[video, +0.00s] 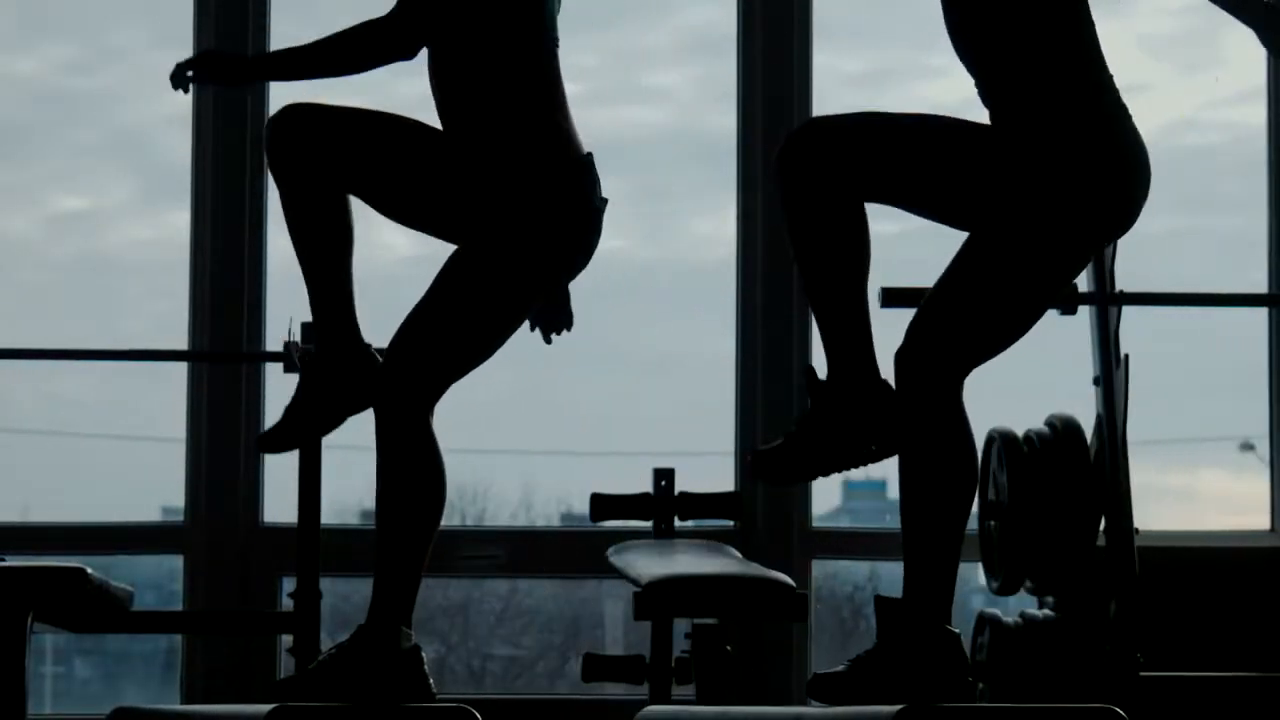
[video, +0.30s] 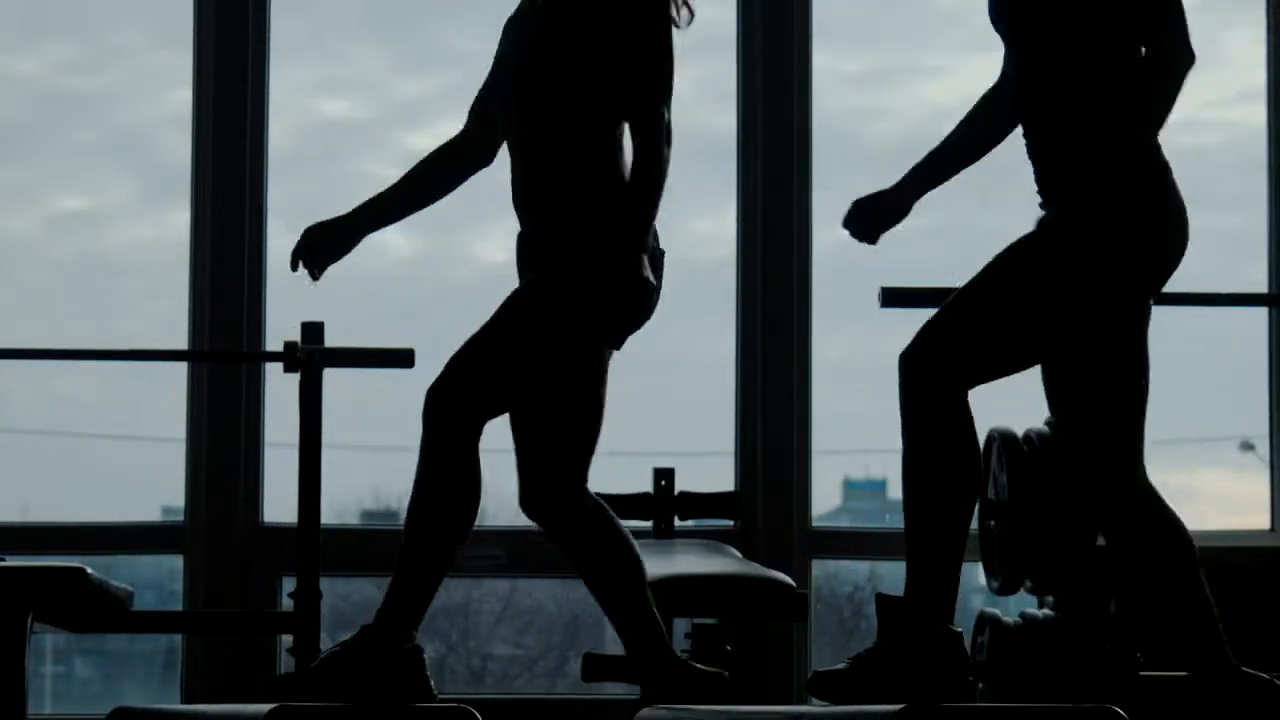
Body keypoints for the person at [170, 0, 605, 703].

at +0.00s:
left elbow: (399, 37)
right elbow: (516, 120)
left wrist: (256, 65)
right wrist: (543, 266)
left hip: (539, 203)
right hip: (481, 183)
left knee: (402, 393)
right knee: (301, 134)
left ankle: (386, 643)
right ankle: (340, 356)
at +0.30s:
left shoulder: (637, 10)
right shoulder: (535, 20)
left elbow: (654, 136)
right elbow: (476, 143)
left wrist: (635, 242)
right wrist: (354, 225)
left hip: (598, 275)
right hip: (557, 274)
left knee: (452, 407)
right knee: (553, 491)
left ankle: (390, 641)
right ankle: (662, 670)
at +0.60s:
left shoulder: (705, 48)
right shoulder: (603, 57)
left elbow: (751, 196)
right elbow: (559, 203)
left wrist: (750, 322)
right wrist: (451, 272)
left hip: (692, 318)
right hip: (656, 317)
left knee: (558, 428)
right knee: (685, 545)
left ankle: (574, 669)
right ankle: (782, 708)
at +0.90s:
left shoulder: (667, 33)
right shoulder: (636, 31)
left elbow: (646, 172)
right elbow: (636, 169)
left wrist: (535, 163)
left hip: (694, 313)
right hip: (647, 313)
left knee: (692, 537)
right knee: (558, 508)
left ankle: (780, 710)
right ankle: (690, 669)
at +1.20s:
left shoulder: (547, 26)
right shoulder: (538, 28)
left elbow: (452, 121)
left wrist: (300, 126)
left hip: (614, 303)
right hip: (553, 303)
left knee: (696, 509)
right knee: (367, 406)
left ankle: (783, 694)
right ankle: (316, 649)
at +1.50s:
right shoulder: (382, 6)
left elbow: (532, 101)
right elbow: (307, 103)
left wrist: (553, 226)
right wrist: (170, 127)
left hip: (501, 223)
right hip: (432, 223)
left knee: (388, 371)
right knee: (309, 410)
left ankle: (544, 573)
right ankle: (304, 646)